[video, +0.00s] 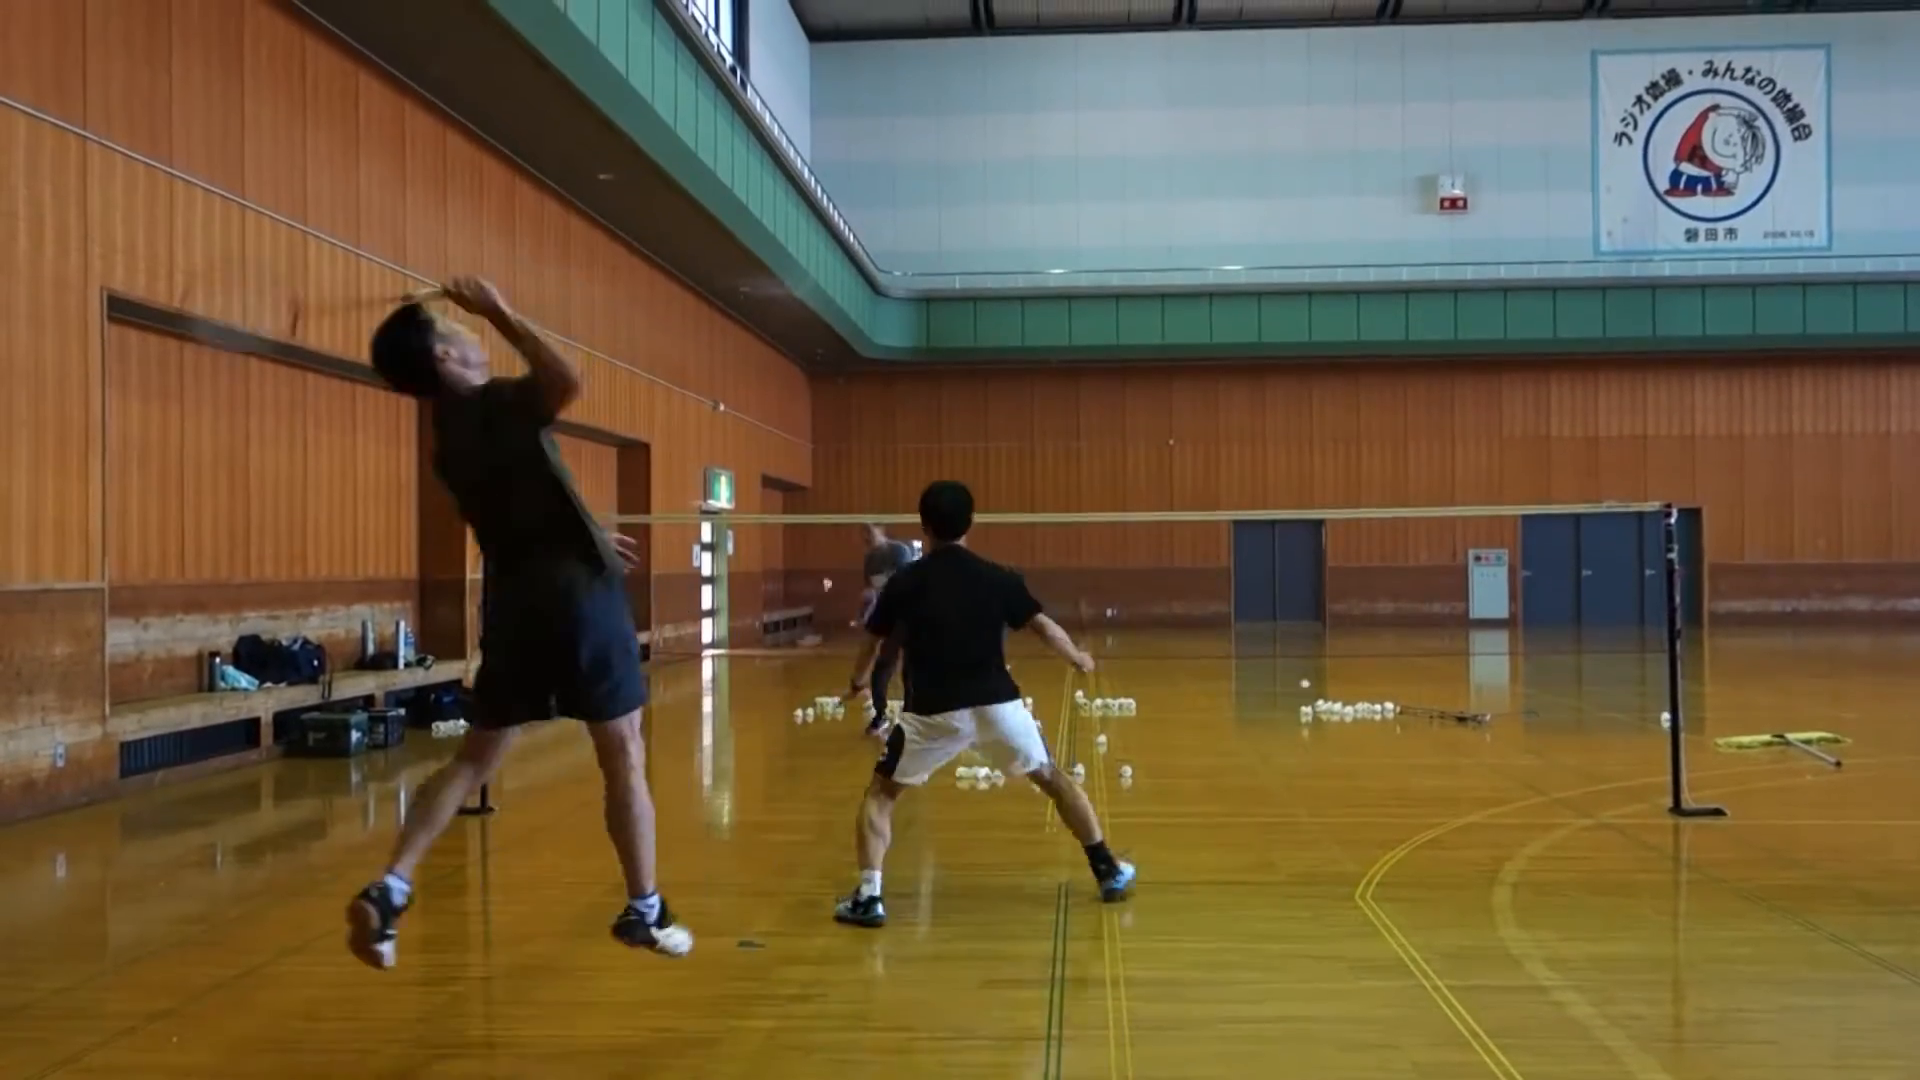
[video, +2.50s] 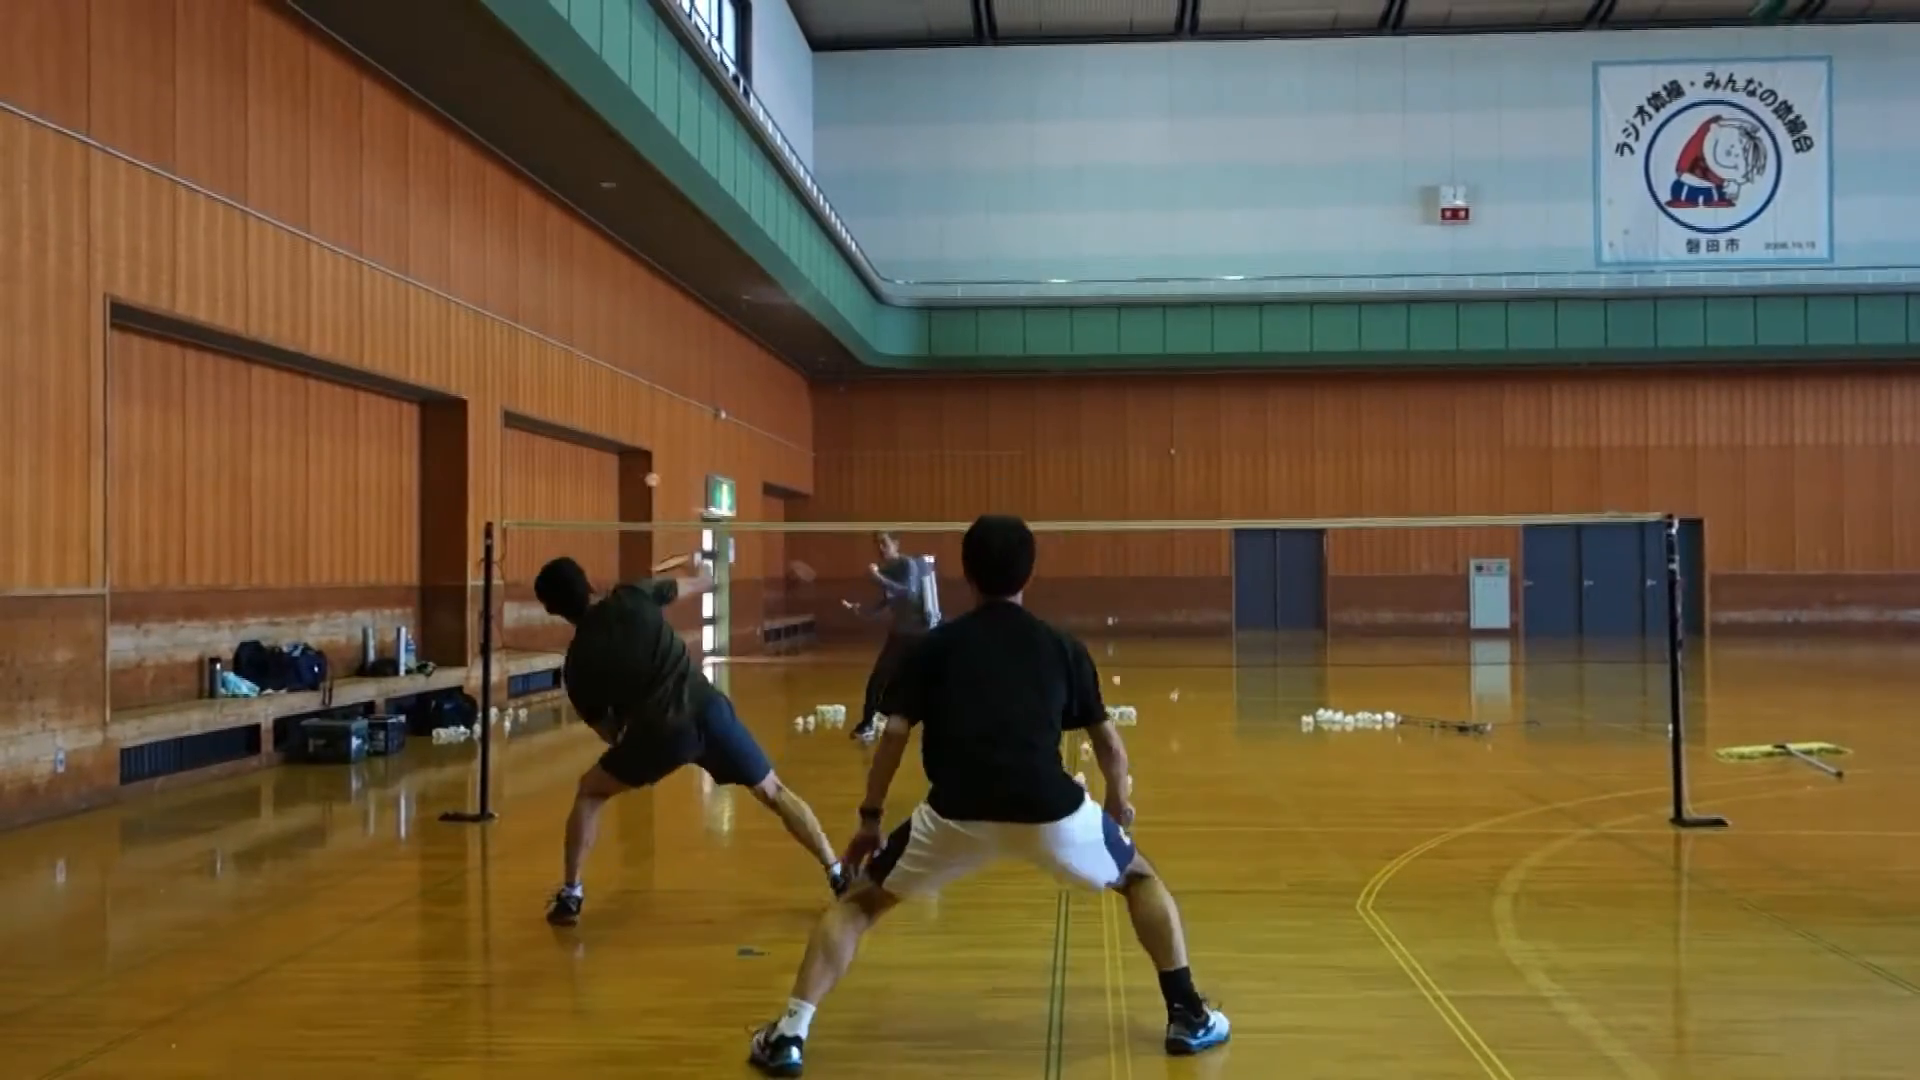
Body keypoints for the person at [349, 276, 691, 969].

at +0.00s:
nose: (469, 335)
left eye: (457, 327)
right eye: (454, 332)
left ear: (430, 370)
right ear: (446, 358)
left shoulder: (447, 438)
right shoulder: (498, 404)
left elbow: (504, 515)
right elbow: (561, 379)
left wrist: (587, 536)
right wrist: (498, 310)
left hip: (514, 610)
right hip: (583, 600)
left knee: (472, 760)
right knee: (624, 758)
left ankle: (392, 887)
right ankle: (645, 907)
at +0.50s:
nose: (345, 604)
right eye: (338, 595)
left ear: (264, 630)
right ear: (330, 607)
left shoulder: (246, 711)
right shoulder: (403, 670)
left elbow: (225, 846)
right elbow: (466, 782)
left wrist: (262, 933)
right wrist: (464, 887)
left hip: (308, 880)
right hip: (419, 860)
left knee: (193, 1026)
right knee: (545, 999)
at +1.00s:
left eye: (476, 558)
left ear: (476, 568)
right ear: (544, 571)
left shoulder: (453, 612)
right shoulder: (569, 631)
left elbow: (357, 620)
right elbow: (587, 686)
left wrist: (251, 641)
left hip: (495, 807)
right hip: (575, 797)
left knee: (464, 973)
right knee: (586, 862)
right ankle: (590, 989)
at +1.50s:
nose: (545, 535)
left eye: (545, 526)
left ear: (549, 535)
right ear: (603, 531)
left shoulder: (550, 599)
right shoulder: (634, 589)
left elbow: (491, 686)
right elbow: (615, 681)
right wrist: (538, 690)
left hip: (616, 765)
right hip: (668, 749)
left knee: (570, 894)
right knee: (644, 844)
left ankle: (611, 1031)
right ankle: (665, 956)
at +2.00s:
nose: (617, 534)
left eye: (617, 528)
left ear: (620, 531)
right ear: (667, 528)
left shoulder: (617, 579)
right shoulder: (706, 574)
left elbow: (607, 639)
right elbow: (738, 650)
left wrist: (585, 712)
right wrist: (741, 705)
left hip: (660, 710)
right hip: (720, 705)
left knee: (605, 789)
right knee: (716, 787)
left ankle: (608, 897)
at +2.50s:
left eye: (550, 606)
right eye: (584, 577)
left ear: (555, 612)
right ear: (587, 583)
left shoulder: (578, 666)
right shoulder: (634, 595)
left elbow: (608, 730)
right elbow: (700, 584)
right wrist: (695, 567)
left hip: (660, 734)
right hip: (708, 710)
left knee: (591, 792)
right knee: (775, 791)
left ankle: (571, 891)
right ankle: (837, 872)